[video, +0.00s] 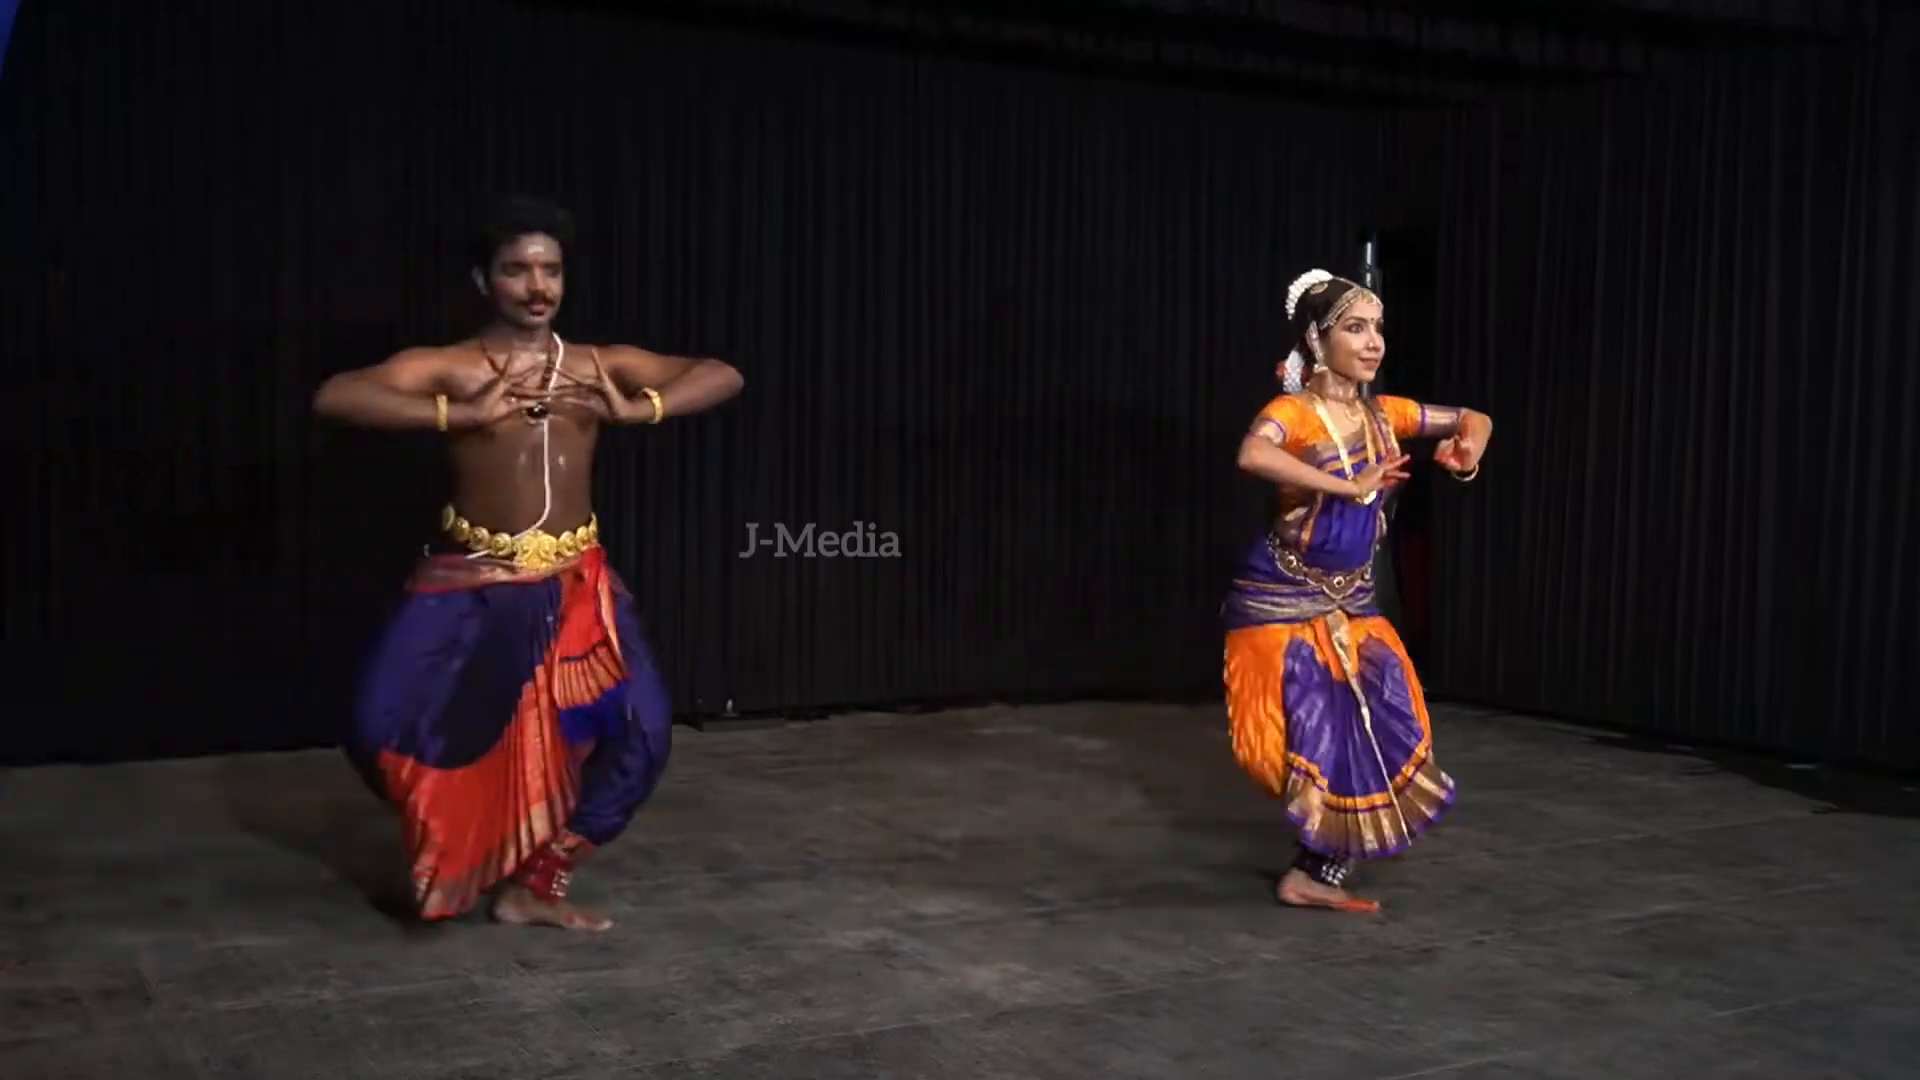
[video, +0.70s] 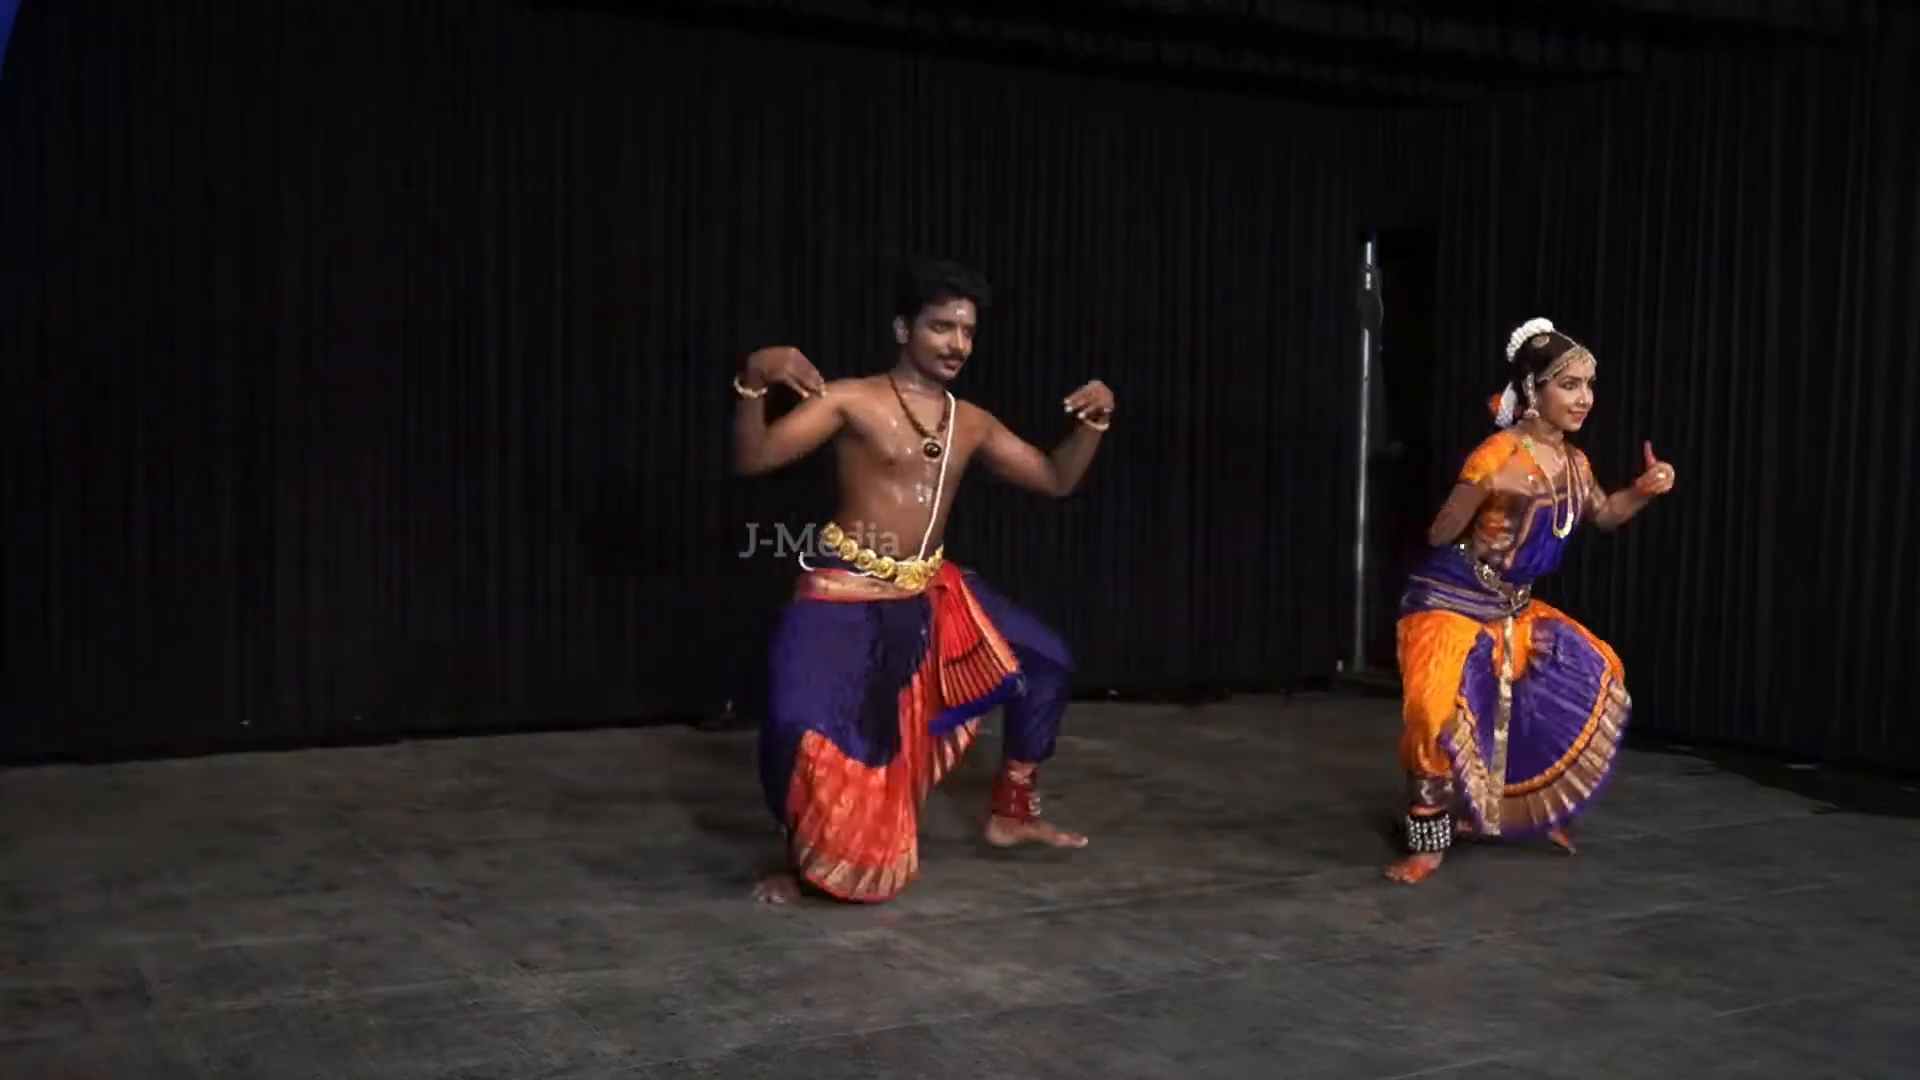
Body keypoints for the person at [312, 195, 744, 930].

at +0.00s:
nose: (538, 286)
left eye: (551, 270)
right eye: (518, 271)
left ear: (565, 280)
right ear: (486, 281)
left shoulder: (598, 365)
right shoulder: (455, 366)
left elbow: (725, 377)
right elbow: (336, 398)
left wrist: (644, 408)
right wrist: (460, 414)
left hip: (575, 582)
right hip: (474, 584)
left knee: (638, 729)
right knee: (380, 721)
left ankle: (533, 888)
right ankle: (448, 850)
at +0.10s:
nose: (607, 283)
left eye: (619, 267)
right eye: (587, 267)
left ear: (631, 276)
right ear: (552, 276)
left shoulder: (659, 362)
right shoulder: (520, 361)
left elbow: (785, 377)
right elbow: (413, 393)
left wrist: (712, 407)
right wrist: (531, 409)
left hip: (633, 577)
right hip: (541, 580)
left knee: (675, 733)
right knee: (501, 736)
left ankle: (545, 876)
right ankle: (634, 816)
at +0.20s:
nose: (666, 278)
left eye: (677, 263)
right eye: (648, 263)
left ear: (689, 272)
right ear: (613, 271)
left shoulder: (716, 358)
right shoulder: (578, 357)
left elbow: (837, 372)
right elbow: (482, 389)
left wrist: (770, 402)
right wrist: (597, 406)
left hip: (689, 564)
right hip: (598, 567)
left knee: (755, 708)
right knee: (585, 727)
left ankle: (620, 841)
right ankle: (691, 836)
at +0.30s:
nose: (723, 272)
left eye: (733, 258)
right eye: (705, 258)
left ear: (743, 268)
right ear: (668, 268)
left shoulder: (767, 353)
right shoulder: (632, 350)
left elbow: (885, 366)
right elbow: (540, 381)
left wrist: (824, 397)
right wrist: (652, 398)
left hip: (741, 555)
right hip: (648, 560)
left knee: (832, 674)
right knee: (633, 725)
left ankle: (746, 832)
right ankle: (704, 841)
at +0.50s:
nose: (833, 311)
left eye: (844, 296)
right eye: (818, 294)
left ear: (853, 301)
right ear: (780, 295)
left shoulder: (866, 377)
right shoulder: (738, 367)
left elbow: (982, 397)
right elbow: (650, 392)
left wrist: (916, 415)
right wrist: (762, 406)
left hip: (834, 570)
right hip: (746, 573)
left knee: (928, 693)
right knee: (727, 725)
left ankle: (872, 847)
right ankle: (797, 854)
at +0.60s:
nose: (893, 336)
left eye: (903, 323)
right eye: (877, 320)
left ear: (910, 328)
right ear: (839, 321)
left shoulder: (915, 408)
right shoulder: (789, 395)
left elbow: (1017, 458)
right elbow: (686, 438)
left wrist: (997, 420)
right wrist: (773, 392)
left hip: (880, 584)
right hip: (794, 584)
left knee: (984, 680)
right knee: (767, 734)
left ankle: (904, 817)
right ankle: (793, 853)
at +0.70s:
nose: (959, 345)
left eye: (968, 332)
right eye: (943, 328)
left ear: (975, 337)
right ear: (904, 329)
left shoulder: (971, 424)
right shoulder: (850, 401)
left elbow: (1056, 479)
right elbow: (753, 458)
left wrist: (1092, 423)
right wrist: (752, 383)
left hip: (929, 591)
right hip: (844, 591)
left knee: (1045, 662)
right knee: (795, 723)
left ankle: (1015, 814)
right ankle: (803, 860)